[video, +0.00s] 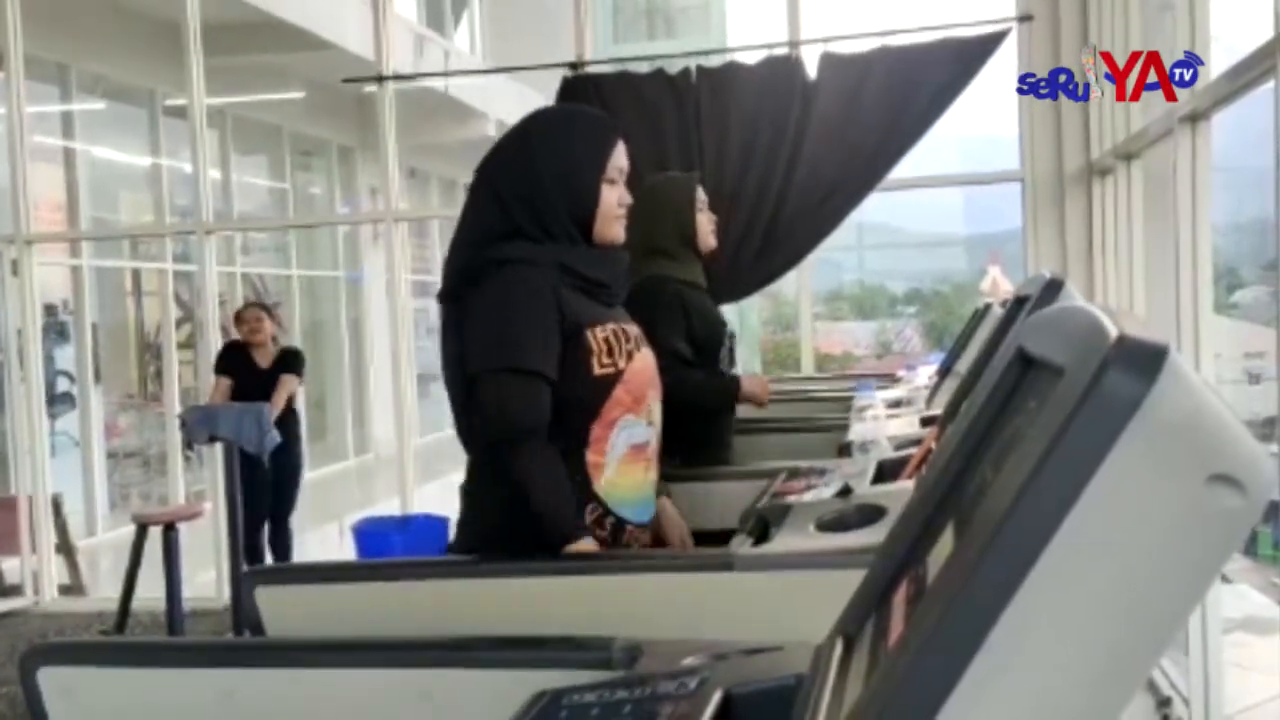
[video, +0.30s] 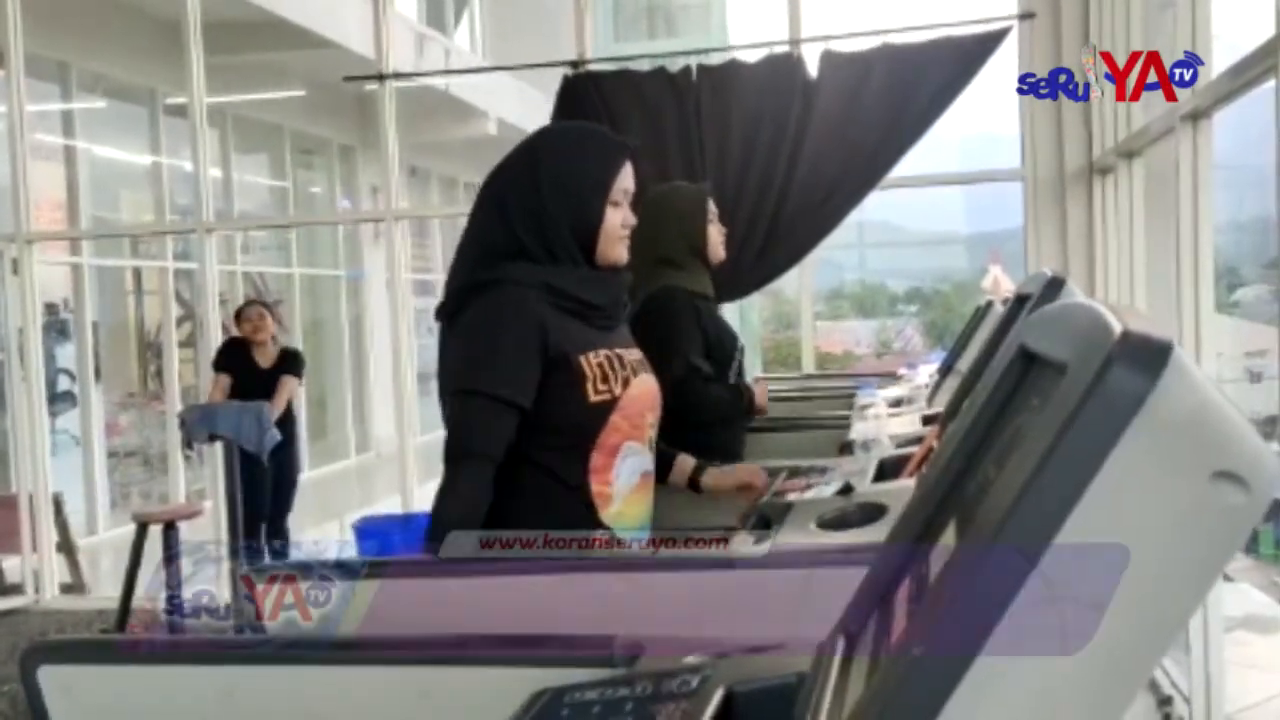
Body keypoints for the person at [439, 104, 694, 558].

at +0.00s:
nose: (627, 198)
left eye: (624, 182)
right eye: (612, 181)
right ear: (564, 182)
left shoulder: (585, 280)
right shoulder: (518, 285)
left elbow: (586, 418)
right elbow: (514, 437)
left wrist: (653, 501)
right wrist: (572, 539)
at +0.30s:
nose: (631, 220)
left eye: (629, 204)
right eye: (616, 203)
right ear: (568, 202)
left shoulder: (596, 304)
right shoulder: (507, 310)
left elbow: (606, 437)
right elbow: (472, 466)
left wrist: (700, 475)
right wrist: (443, 584)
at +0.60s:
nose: (630, 202)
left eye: (629, 186)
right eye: (618, 186)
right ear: (567, 183)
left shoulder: (580, 278)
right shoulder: (517, 284)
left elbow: (622, 406)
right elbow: (524, 449)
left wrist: (740, 438)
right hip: (532, 550)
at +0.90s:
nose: (637, 205)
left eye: (635, 190)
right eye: (623, 189)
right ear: (574, 190)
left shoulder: (598, 290)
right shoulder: (533, 294)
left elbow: (639, 417)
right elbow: (548, 447)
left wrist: (749, 440)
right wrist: (643, 530)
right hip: (561, 555)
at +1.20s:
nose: (645, 202)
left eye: (643, 186)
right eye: (630, 186)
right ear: (579, 185)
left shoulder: (608, 291)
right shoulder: (522, 299)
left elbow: (636, 408)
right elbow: (484, 453)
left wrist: (745, 433)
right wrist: (456, 569)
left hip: (619, 541)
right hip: (548, 553)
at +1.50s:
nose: (632, 193)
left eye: (630, 177)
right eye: (617, 177)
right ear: (567, 179)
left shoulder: (593, 279)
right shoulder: (524, 291)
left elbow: (631, 405)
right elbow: (518, 456)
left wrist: (750, 430)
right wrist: (537, 573)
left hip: (624, 528)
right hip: (571, 544)